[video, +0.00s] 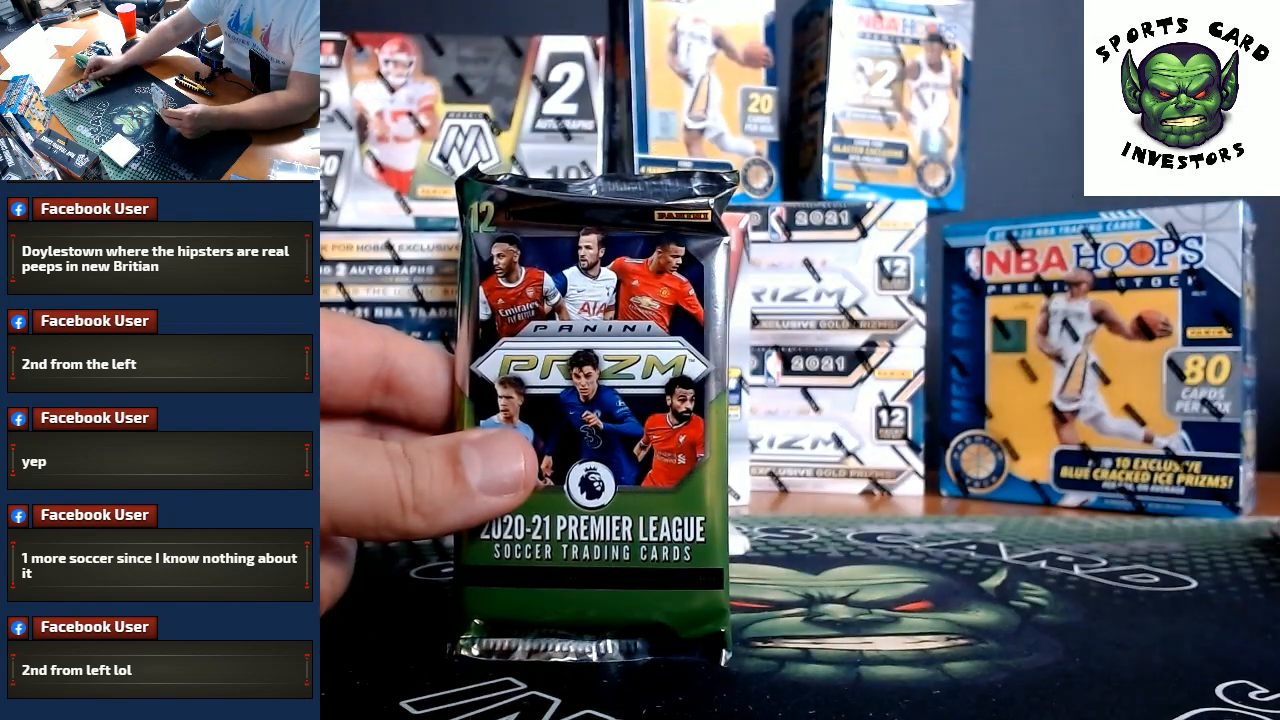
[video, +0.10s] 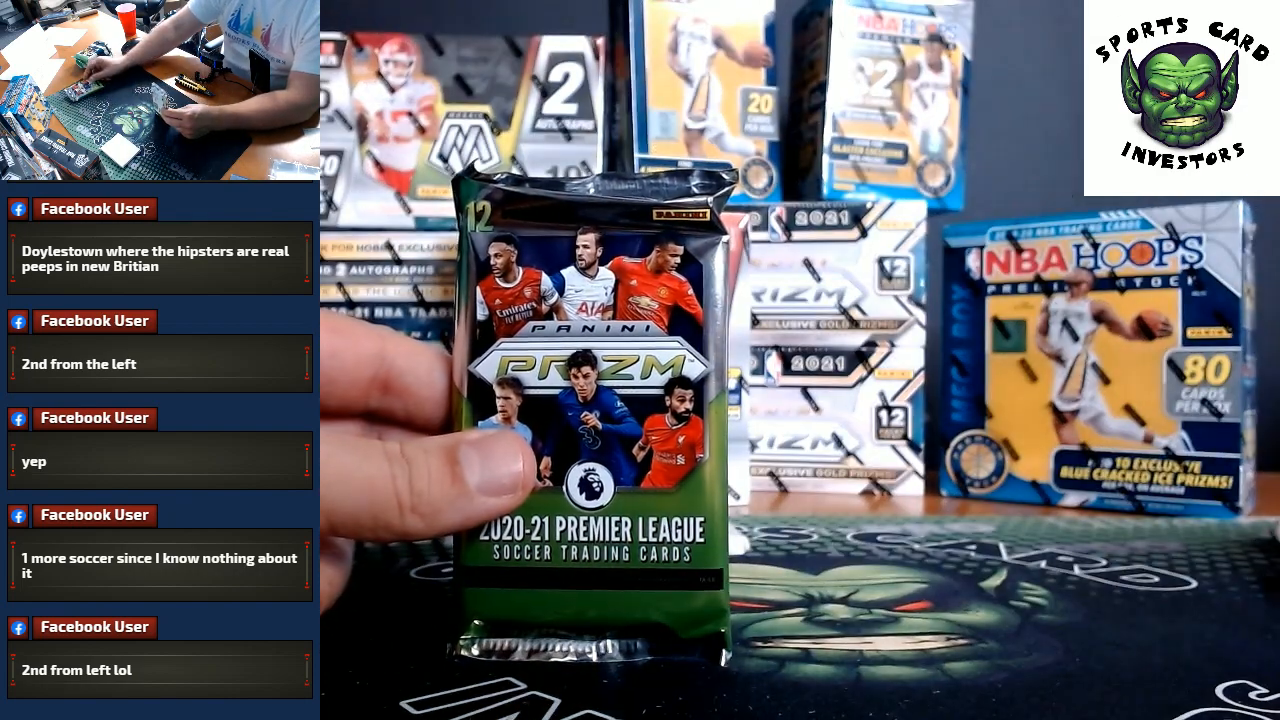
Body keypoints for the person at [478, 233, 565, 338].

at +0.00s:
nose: (495, 263)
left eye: (500, 256)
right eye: (493, 257)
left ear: (516, 256)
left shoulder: (541, 278)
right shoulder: (485, 290)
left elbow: (561, 309)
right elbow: (477, 328)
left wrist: (567, 336)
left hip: (542, 347)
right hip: (508, 350)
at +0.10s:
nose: (492, 263)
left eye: (498, 256)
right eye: (490, 257)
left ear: (513, 256)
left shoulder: (538, 278)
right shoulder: (482, 291)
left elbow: (559, 309)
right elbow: (477, 329)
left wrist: (567, 337)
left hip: (539, 348)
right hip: (505, 351)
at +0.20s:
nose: (491, 263)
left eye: (497, 256)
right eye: (489, 257)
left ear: (513, 255)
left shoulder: (538, 278)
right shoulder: (482, 291)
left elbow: (558, 310)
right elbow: (478, 330)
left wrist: (567, 337)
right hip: (505, 351)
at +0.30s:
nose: (493, 262)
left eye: (499, 256)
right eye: (491, 257)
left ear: (514, 255)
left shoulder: (539, 278)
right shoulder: (484, 290)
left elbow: (560, 309)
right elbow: (478, 329)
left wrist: (568, 336)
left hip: (540, 348)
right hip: (506, 351)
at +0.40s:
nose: (499, 263)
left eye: (505, 256)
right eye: (497, 257)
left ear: (521, 256)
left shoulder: (546, 279)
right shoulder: (490, 291)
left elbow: (567, 310)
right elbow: (487, 330)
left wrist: (575, 338)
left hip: (547, 349)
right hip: (512, 352)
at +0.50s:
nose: (502, 263)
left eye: (508, 257)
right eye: (500, 257)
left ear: (523, 257)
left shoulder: (549, 280)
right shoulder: (492, 291)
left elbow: (570, 311)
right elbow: (489, 332)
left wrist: (577, 341)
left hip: (549, 351)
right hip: (515, 353)